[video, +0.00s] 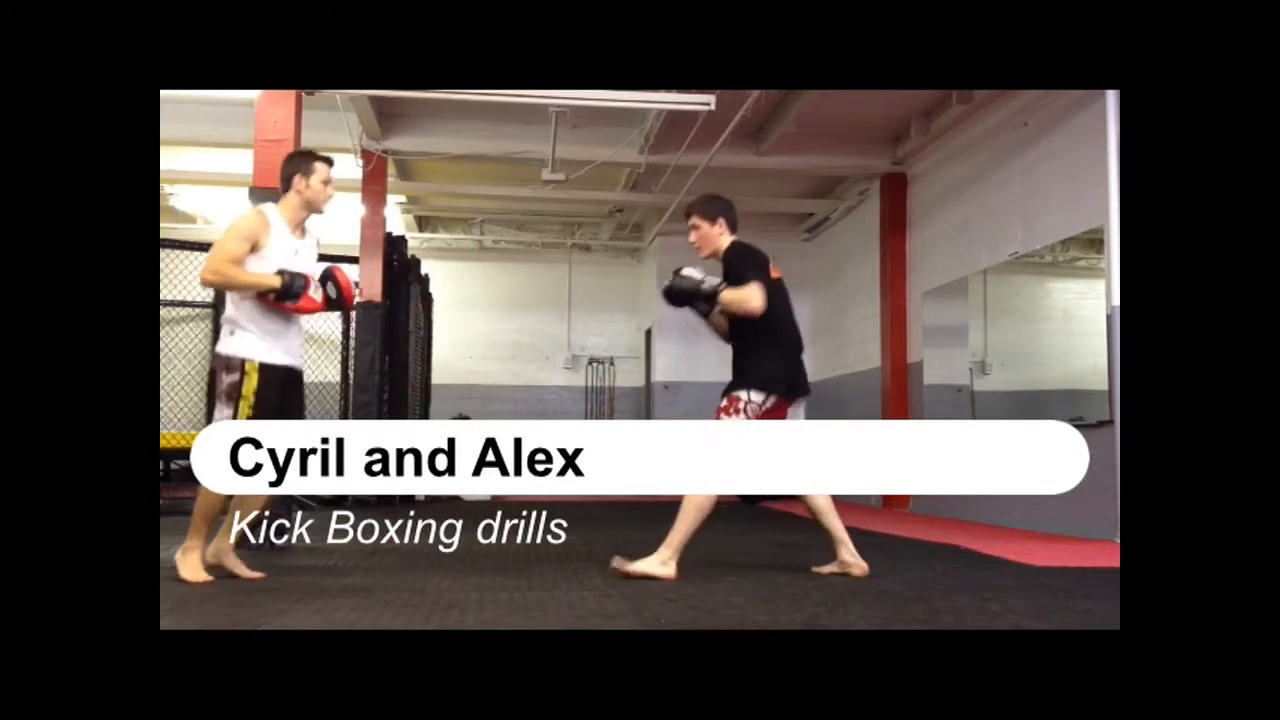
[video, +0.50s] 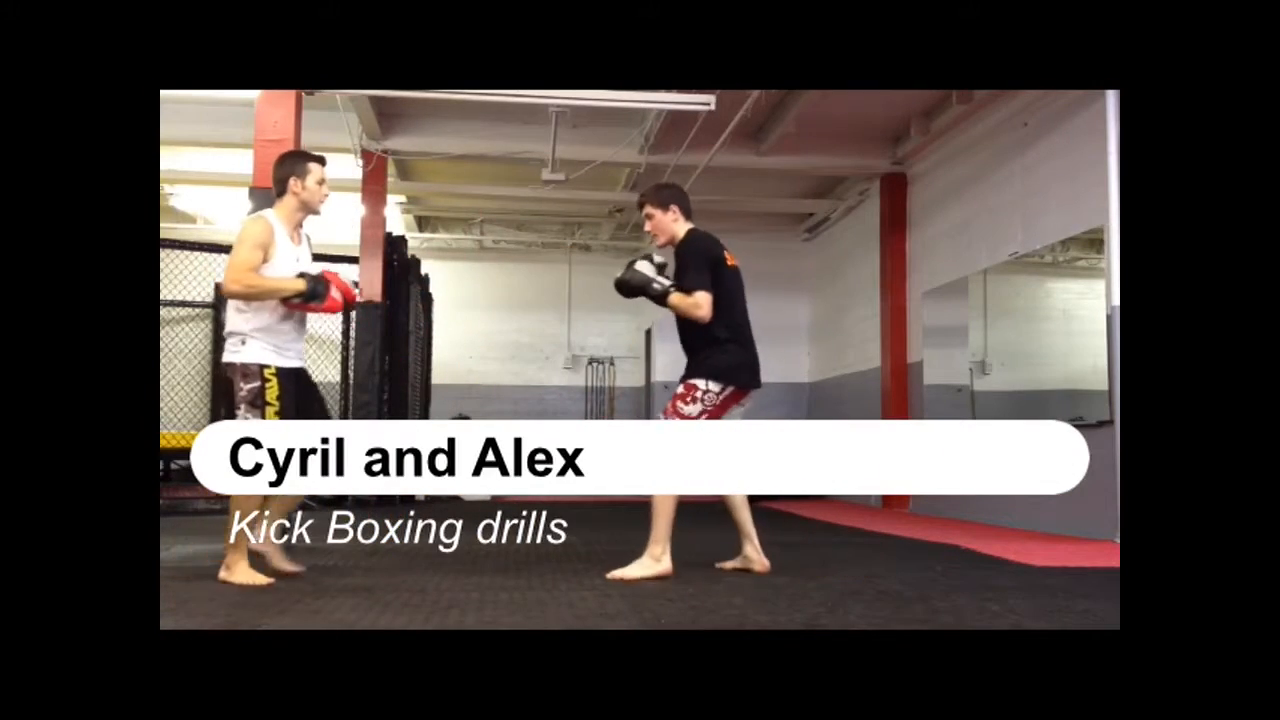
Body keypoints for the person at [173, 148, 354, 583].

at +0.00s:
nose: (331, 191)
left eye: (332, 184)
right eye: (325, 182)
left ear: (305, 186)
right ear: (298, 183)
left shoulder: (307, 239)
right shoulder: (257, 221)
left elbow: (291, 294)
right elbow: (211, 271)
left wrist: (327, 295)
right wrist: (277, 282)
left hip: (286, 361)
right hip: (246, 357)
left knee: (273, 465)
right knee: (228, 458)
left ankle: (224, 546)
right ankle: (192, 547)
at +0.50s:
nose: (327, 191)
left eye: (326, 184)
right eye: (321, 183)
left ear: (301, 187)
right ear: (294, 185)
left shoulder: (300, 237)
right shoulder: (259, 226)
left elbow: (291, 290)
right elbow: (233, 283)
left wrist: (330, 289)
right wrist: (303, 286)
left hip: (289, 362)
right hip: (255, 361)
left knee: (318, 449)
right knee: (257, 459)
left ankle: (266, 535)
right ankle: (235, 560)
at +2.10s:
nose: (429, 214)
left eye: (432, 207)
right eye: (423, 204)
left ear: (419, 211)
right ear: (397, 202)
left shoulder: (408, 249)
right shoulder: (373, 233)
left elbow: (439, 296)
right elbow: (402, 264)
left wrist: (459, 270)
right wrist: (439, 225)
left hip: (389, 371)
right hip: (352, 367)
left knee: (423, 455)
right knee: (323, 460)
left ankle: (422, 549)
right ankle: (264, 551)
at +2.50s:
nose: (373, 198)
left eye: (373, 191)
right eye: (365, 190)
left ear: (357, 196)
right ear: (339, 194)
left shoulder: (370, 241)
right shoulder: (304, 231)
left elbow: (412, 275)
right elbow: (276, 268)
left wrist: (445, 245)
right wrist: (325, 230)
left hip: (365, 365)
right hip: (315, 363)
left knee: (399, 452)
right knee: (294, 463)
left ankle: (399, 546)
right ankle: (259, 559)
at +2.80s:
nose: (392, 207)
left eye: (392, 200)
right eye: (386, 199)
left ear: (365, 201)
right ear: (363, 199)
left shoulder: (366, 242)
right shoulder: (346, 233)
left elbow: (382, 301)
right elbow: (400, 259)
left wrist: (408, 262)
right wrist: (410, 217)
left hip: (356, 368)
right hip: (326, 366)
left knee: (388, 455)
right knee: (310, 462)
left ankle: (397, 551)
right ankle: (260, 559)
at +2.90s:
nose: (387, 209)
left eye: (388, 201)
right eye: (382, 200)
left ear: (366, 203)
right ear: (357, 200)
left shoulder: (366, 249)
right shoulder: (332, 234)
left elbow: (386, 299)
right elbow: (370, 263)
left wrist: (414, 271)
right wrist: (406, 228)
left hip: (361, 371)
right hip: (323, 369)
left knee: (397, 455)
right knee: (308, 464)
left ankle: (397, 552)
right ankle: (259, 560)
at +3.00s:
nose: (384, 211)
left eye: (385, 203)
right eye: (378, 202)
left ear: (359, 204)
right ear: (352, 201)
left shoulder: (362, 250)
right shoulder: (317, 238)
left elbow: (392, 294)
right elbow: (328, 283)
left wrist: (429, 285)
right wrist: (378, 246)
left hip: (365, 372)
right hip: (322, 370)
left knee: (405, 456)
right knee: (303, 468)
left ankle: (399, 549)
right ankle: (259, 560)